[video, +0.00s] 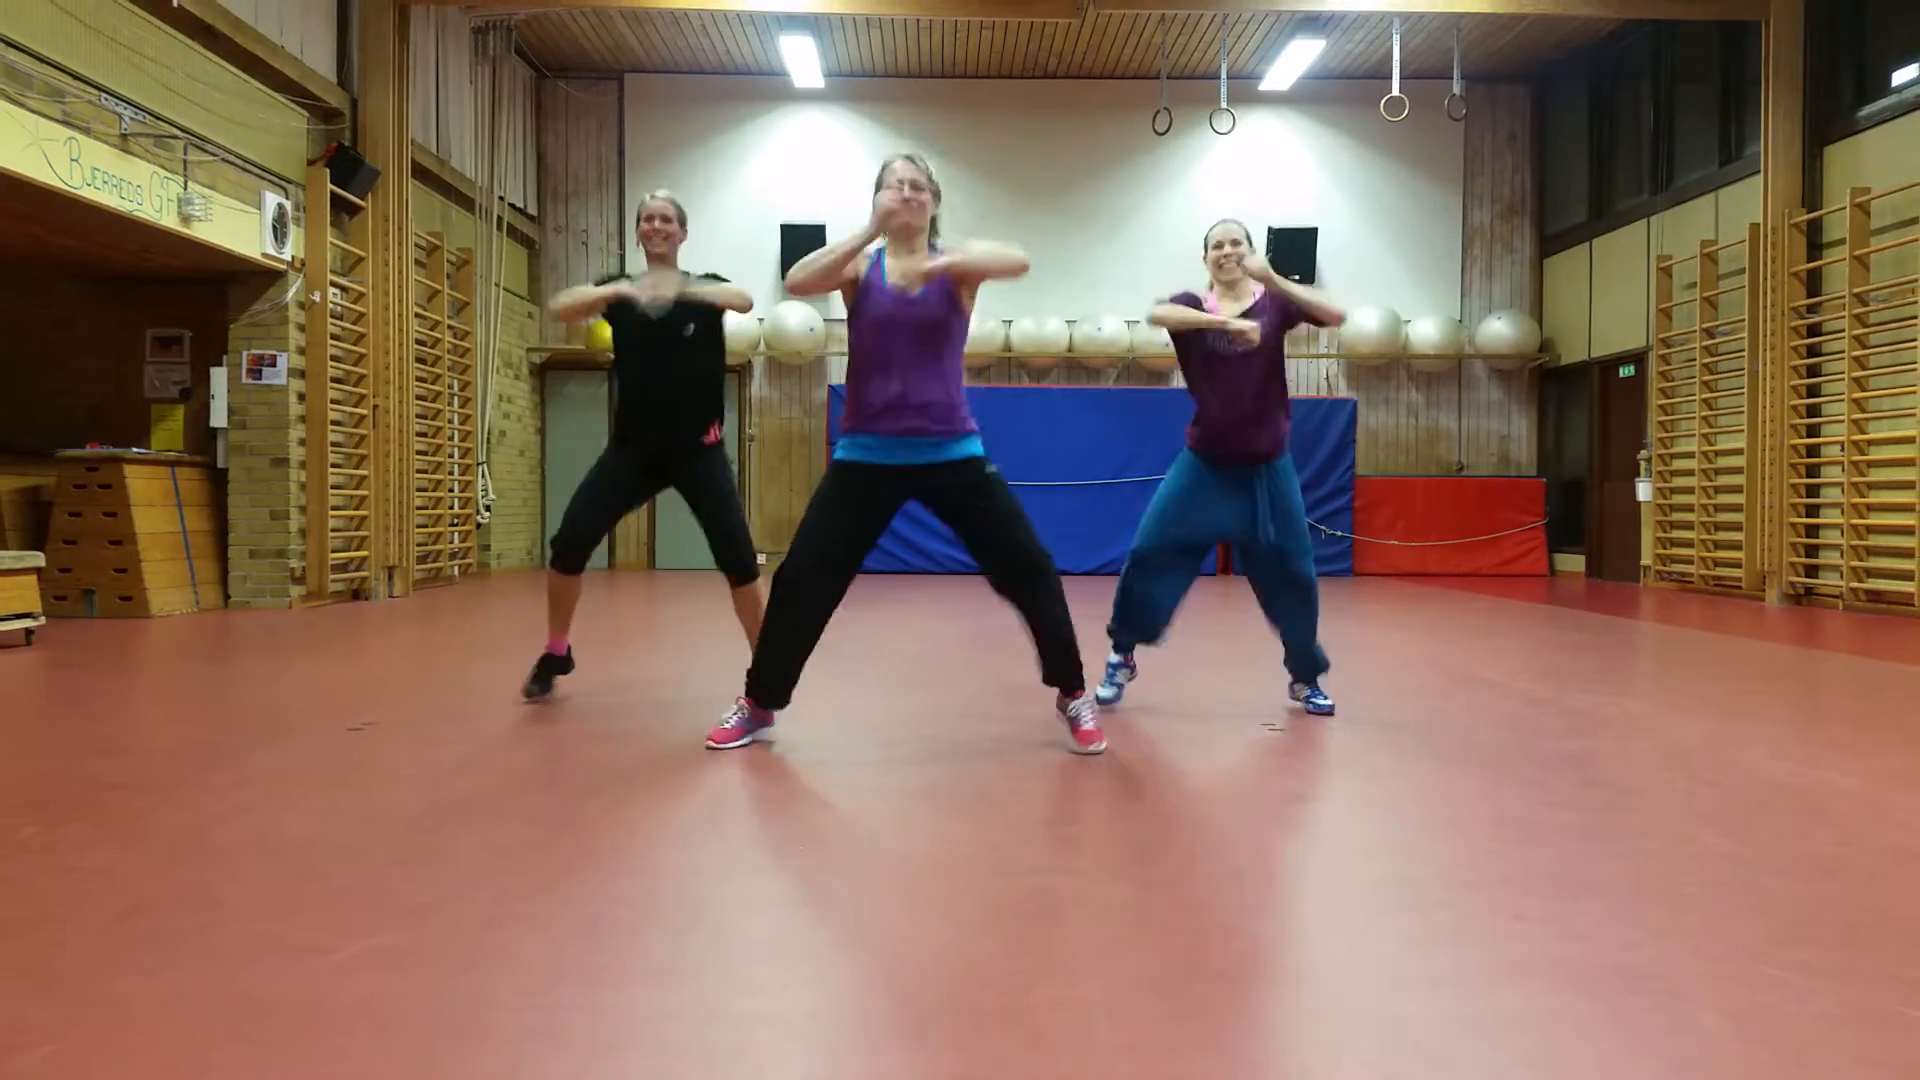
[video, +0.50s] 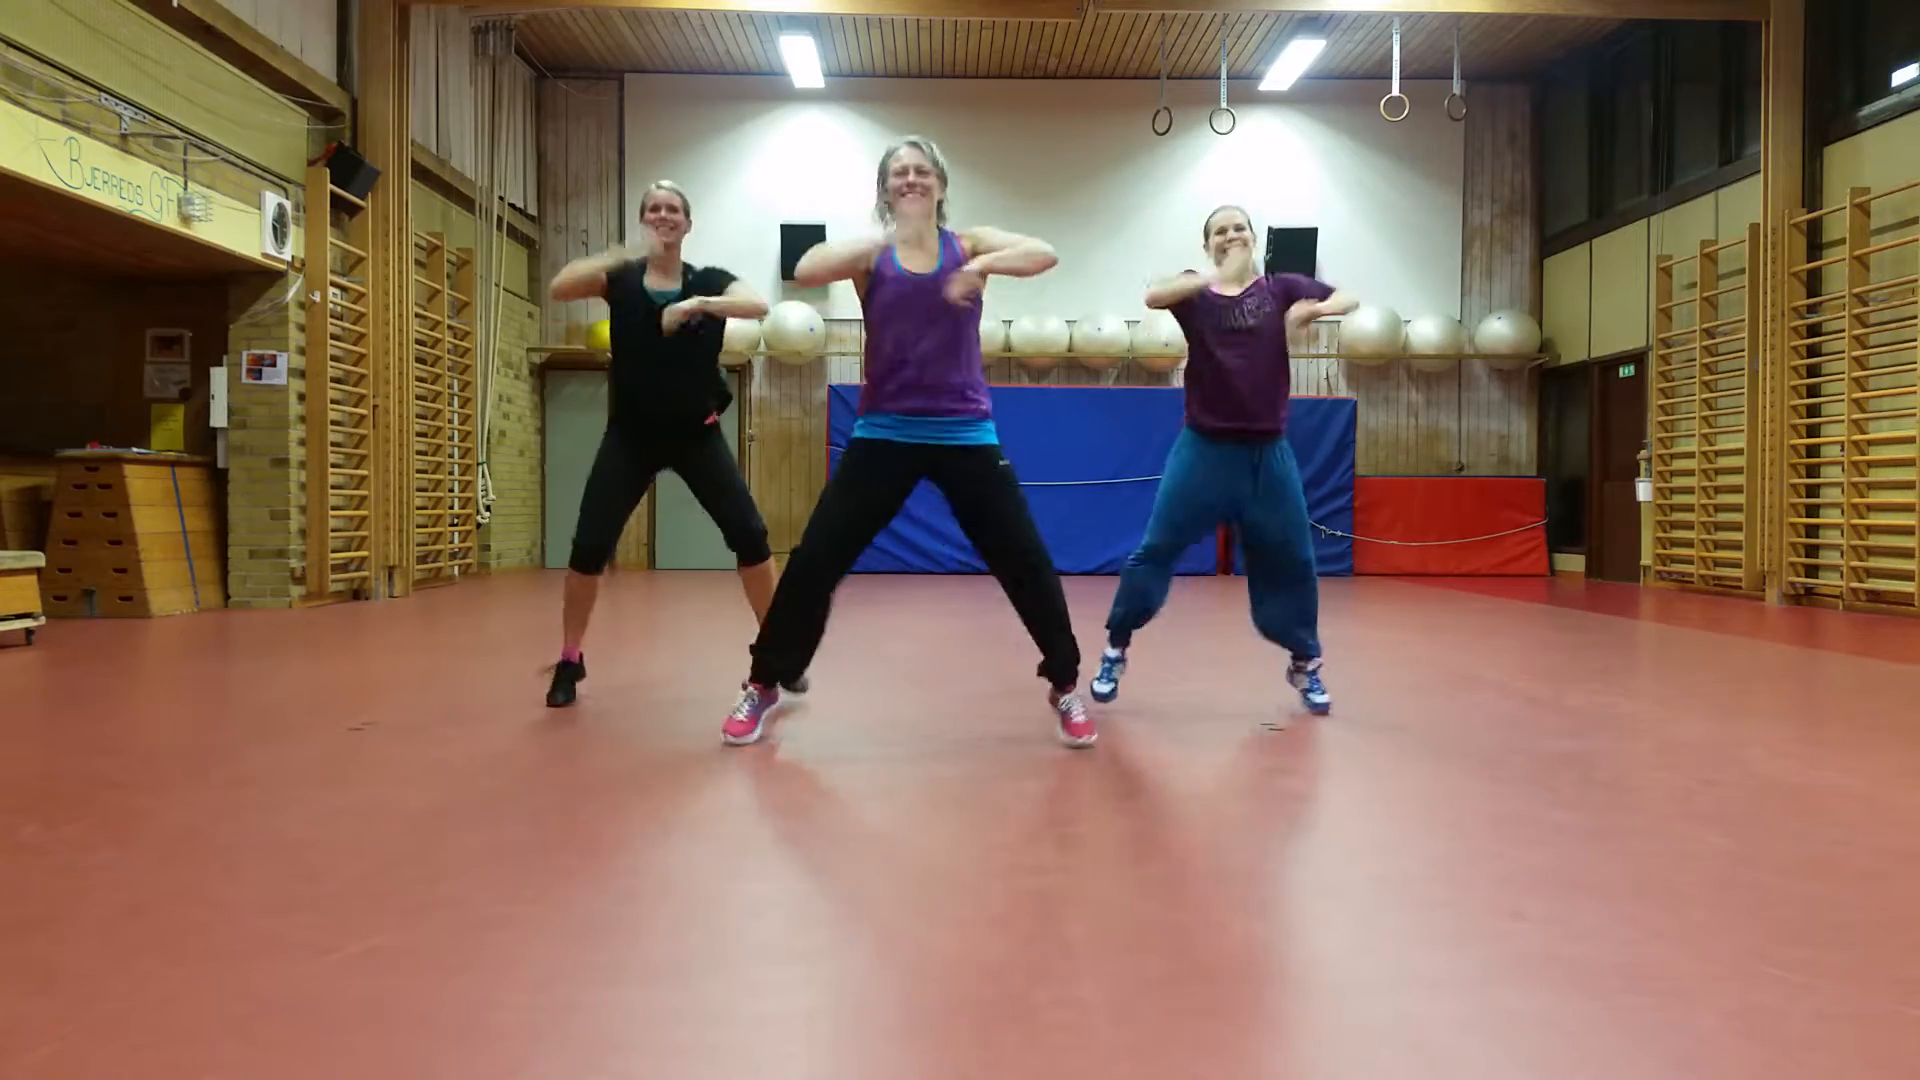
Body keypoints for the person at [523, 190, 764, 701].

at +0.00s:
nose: (656, 227)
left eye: (666, 220)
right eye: (648, 219)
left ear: (682, 232)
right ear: (636, 231)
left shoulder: (703, 287)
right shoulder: (618, 291)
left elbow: (744, 301)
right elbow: (558, 307)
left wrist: (681, 290)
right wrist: (617, 292)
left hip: (698, 452)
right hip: (633, 451)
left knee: (740, 562)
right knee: (568, 544)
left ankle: (767, 670)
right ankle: (556, 653)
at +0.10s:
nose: (655, 217)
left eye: (666, 210)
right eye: (647, 209)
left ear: (683, 222)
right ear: (637, 221)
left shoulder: (702, 278)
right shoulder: (613, 274)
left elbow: (739, 309)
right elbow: (548, 293)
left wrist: (678, 275)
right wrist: (600, 283)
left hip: (696, 433)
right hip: (631, 435)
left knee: (744, 541)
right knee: (580, 539)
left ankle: (774, 654)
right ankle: (564, 655)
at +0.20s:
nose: (658, 229)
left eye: (667, 223)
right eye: (649, 222)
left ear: (683, 237)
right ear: (637, 236)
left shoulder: (702, 295)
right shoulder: (616, 294)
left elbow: (744, 320)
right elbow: (557, 298)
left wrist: (679, 329)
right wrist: (614, 267)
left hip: (688, 448)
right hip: (623, 448)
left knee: (750, 539)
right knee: (597, 560)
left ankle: (776, 653)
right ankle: (574, 668)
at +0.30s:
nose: (663, 231)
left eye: (672, 224)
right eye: (654, 224)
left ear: (687, 238)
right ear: (641, 238)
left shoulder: (710, 298)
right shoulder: (617, 294)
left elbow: (753, 319)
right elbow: (553, 309)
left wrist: (694, 291)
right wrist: (621, 308)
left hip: (697, 456)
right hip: (630, 455)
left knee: (743, 564)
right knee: (590, 565)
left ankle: (765, 669)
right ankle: (574, 668)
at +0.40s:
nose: (663, 215)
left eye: (672, 208)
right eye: (654, 208)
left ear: (688, 222)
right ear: (641, 222)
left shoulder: (713, 279)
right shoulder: (623, 281)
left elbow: (756, 299)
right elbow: (557, 301)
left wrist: (692, 275)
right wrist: (596, 267)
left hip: (701, 443)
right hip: (636, 441)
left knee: (743, 552)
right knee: (582, 540)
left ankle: (771, 660)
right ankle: (571, 652)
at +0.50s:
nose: (662, 217)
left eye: (672, 209)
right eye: (653, 210)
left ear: (687, 222)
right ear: (641, 222)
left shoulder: (709, 281)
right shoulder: (620, 278)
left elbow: (758, 306)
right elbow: (559, 287)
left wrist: (700, 303)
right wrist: (620, 258)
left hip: (697, 435)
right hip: (630, 435)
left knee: (750, 536)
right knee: (588, 546)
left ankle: (777, 651)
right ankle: (569, 661)